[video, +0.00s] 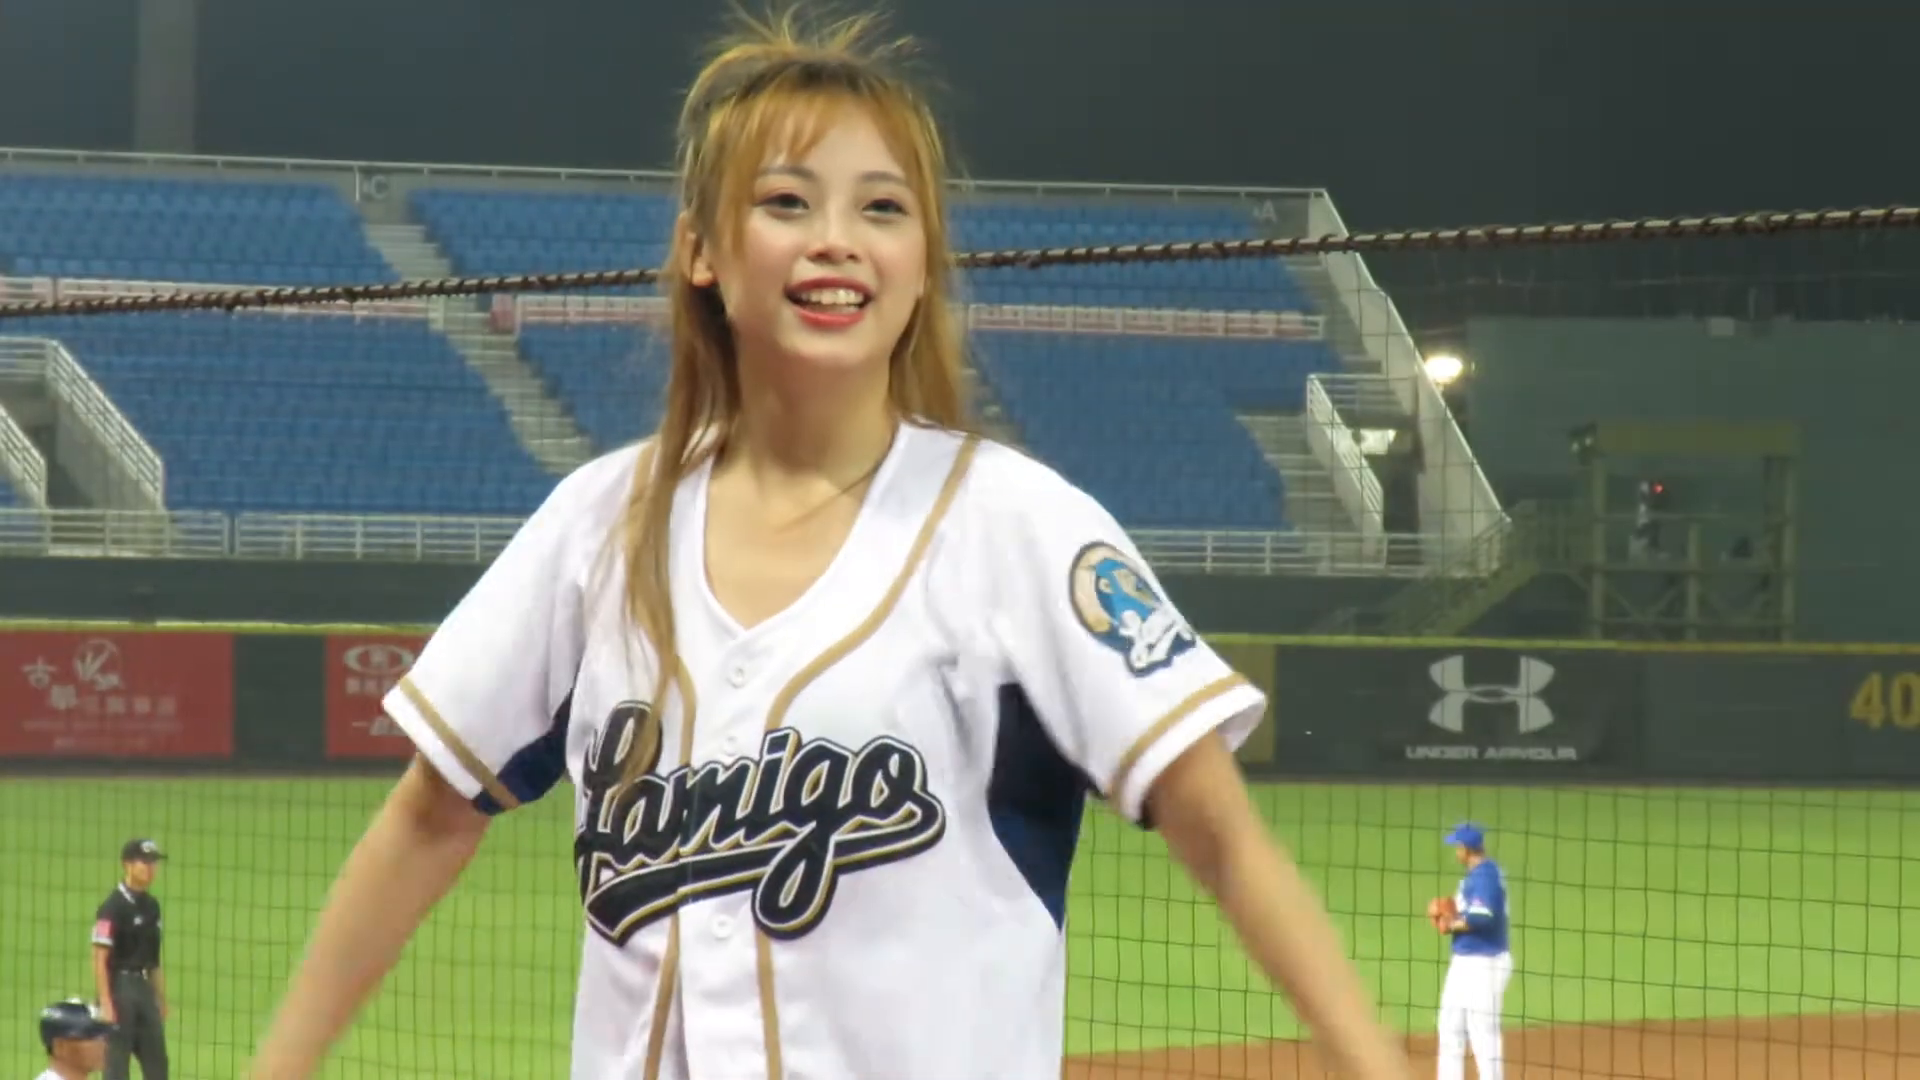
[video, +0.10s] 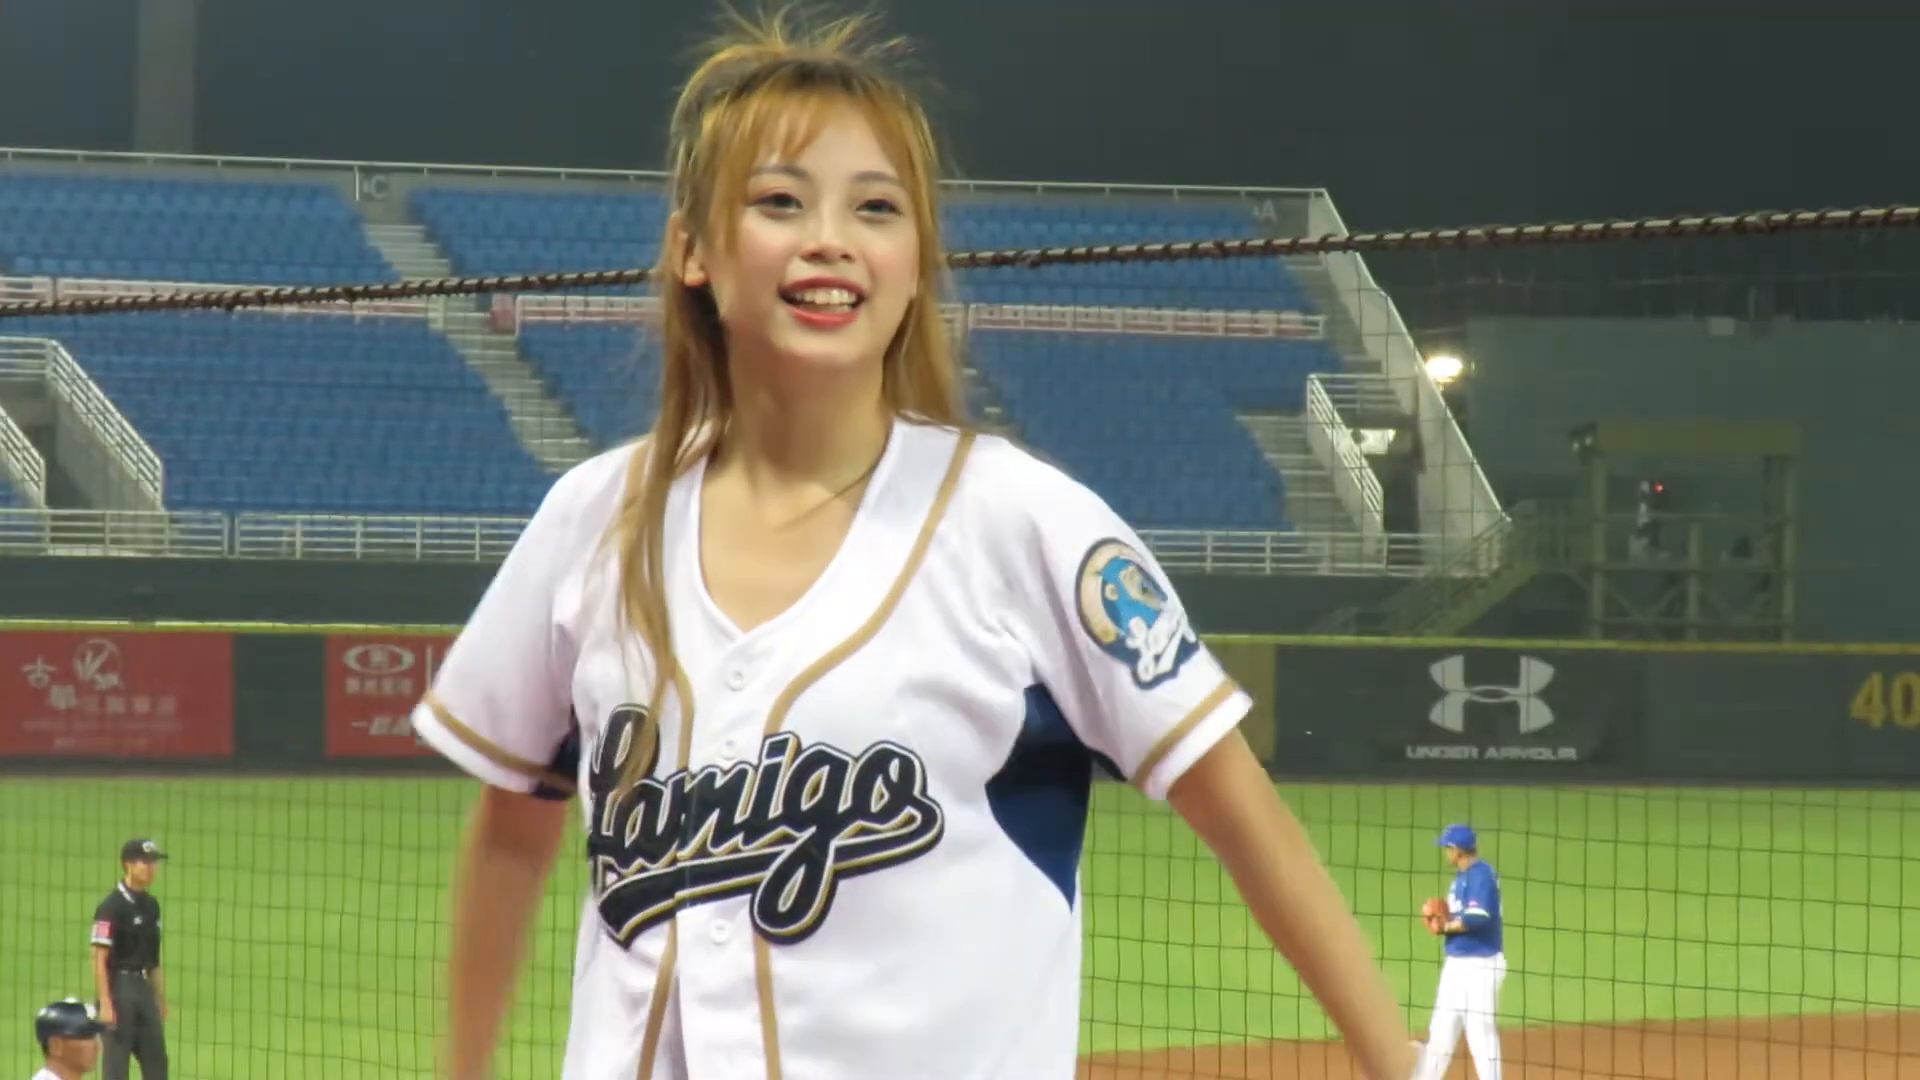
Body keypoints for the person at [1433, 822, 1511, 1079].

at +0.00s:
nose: (1456, 853)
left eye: (1458, 848)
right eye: (1456, 848)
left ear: (1469, 848)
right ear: (1472, 848)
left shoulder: (1485, 874)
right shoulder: (1471, 876)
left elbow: (1484, 916)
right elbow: (1466, 908)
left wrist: (1453, 924)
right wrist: (1447, 911)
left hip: (1487, 961)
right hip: (1464, 959)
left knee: (1483, 1029)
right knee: (1450, 1027)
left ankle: (1491, 1075)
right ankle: (1449, 1075)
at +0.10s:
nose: (1446, 854)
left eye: (1448, 849)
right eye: (1446, 849)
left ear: (1458, 849)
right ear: (1463, 849)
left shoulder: (1481, 873)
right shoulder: (1460, 878)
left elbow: (1479, 916)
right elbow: (1457, 911)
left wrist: (1445, 926)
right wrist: (1440, 917)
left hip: (1482, 962)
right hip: (1457, 960)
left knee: (1481, 1032)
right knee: (1442, 1031)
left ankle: (1491, 1075)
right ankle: (1426, 1075)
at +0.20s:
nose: (1437, 855)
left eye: (1440, 850)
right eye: (1437, 850)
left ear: (1453, 851)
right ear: (1452, 851)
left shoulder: (1475, 875)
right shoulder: (1450, 878)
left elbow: (1477, 917)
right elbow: (1448, 910)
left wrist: (1438, 926)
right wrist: (1431, 915)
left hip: (1476, 964)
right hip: (1448, 963)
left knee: (1478, 1037)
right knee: (1431, 1036)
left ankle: (1489, 1076)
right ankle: (1413, 1076)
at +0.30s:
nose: (1426, 861)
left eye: (1429, 855)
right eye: (1425, 856)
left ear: (1442, 852)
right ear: (1437, 853)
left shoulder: (1468, 874)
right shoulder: (1437, 880)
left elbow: (1473, 916)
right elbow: (1436, 914)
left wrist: (1434, 925)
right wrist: (1420, 919)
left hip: (1466, 964)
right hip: (1437, 964)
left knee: (1473, 1037)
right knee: (1424, 1038)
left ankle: (1486, 1075)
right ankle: (1413, 1076)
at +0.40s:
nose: (1417, 861)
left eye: (1420, 856)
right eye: (1415, 857)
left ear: (1435, 851)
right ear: (1420, 854)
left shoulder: (1459, 872)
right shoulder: (1422, 877)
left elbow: (1472, 910)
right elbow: (1420, 912)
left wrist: (1433, 925)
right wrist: (1409, 925)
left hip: (1458, 962)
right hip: (1426, 962)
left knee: (1463, 1032)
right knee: (1419, 1035)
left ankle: (1483, 1076)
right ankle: (1411, 1077)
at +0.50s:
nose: (1409, 862)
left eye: (1412, 856)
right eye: (1406, 857)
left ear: (1426, 850)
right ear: (1404, 855)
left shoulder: (1450, 870)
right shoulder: (1406, 878)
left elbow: (1470, 909)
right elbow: (1398, 917)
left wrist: (1432, 931)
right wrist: (1399, 937)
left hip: (1451, 961)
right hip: (1419, 962)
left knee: (1453, 1034)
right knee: (1414, 1037)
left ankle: (1477, 1077)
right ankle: (1411, 1078)